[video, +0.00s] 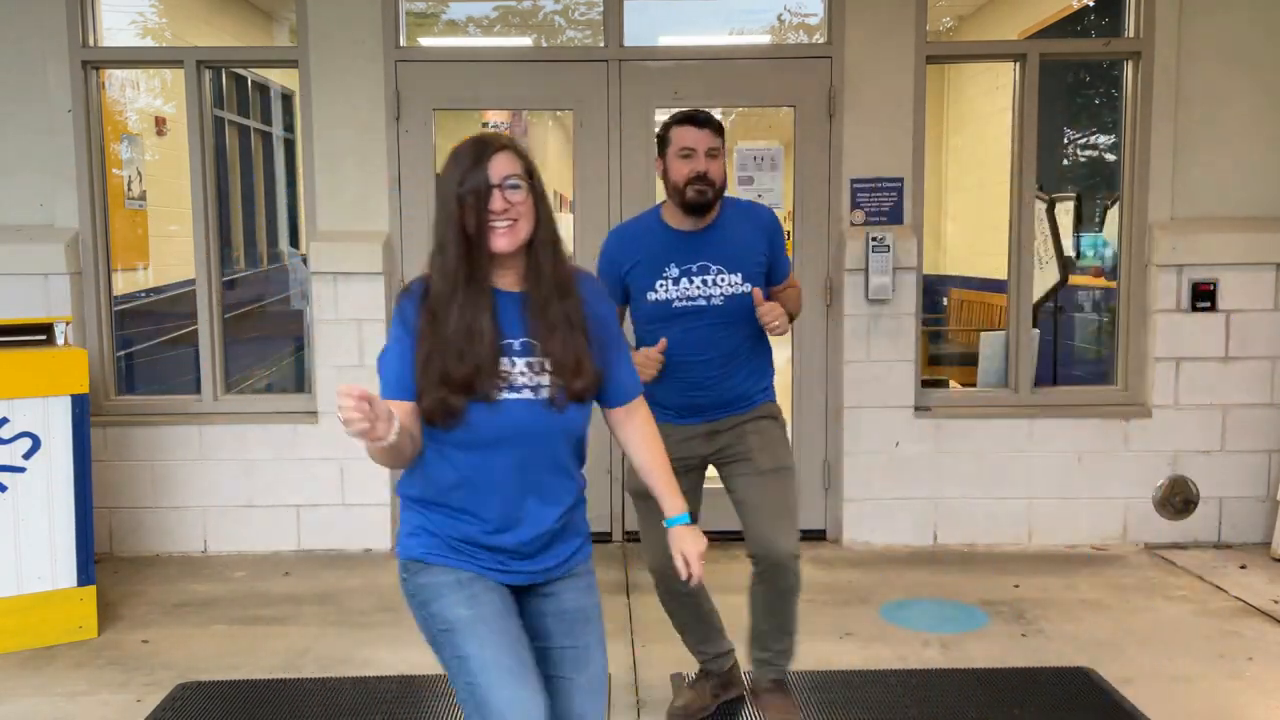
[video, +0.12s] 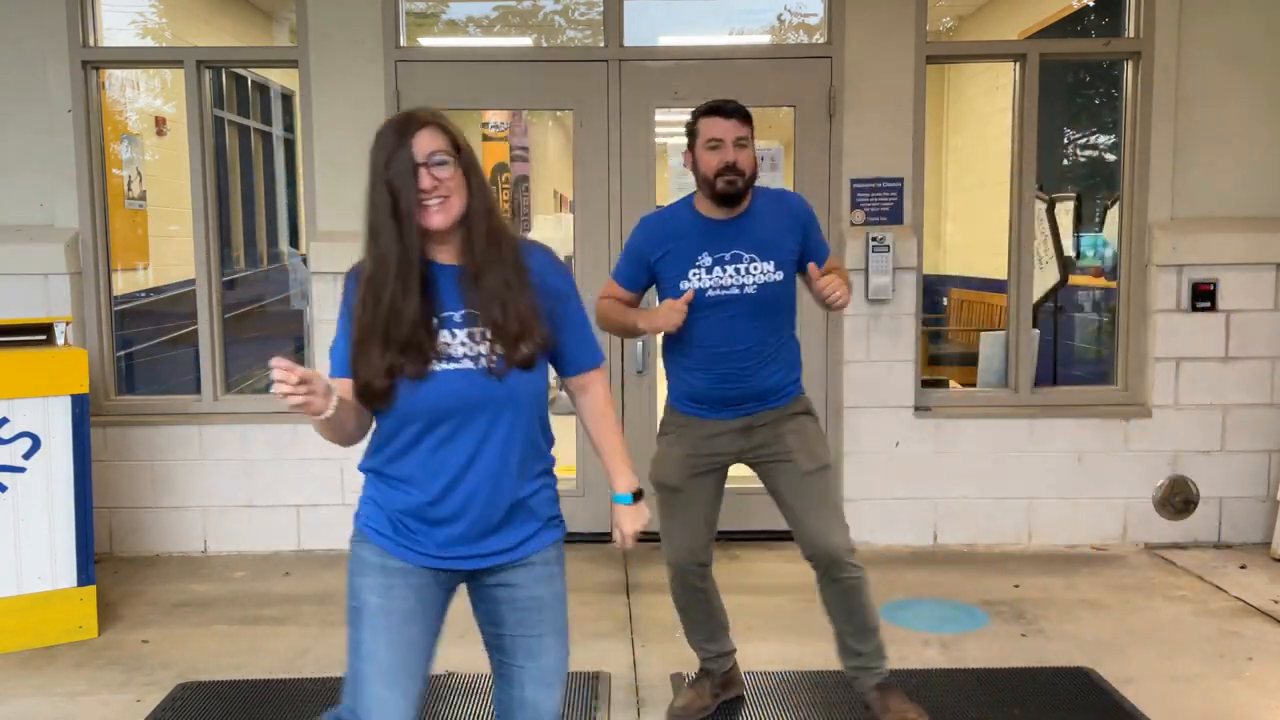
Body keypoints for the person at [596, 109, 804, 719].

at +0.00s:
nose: (702, 167)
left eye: (712, 155)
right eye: (686, 155)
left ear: (725, 164)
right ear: (662, 166)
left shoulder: (758, 225)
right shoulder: (625, 244)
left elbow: (789, 288)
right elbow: (595, 331)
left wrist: (781, 309)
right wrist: (625, 361)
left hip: (750, 420)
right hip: (663, 428)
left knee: (779, 551)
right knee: (666, 564)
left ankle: (771, 681)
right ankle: (719, 668)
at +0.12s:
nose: (730, 157)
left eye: (740, 145)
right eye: (715, 146)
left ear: (755, 153)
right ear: (690, 157)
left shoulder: (790, 213)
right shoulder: (659, 231)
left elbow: (829, 284)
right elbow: (608, 308)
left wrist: (834, 290)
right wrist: (649, 320)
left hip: (780, 416)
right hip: (692, 425)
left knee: (832, 550)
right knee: (684, 562)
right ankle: (718, 672)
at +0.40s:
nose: (831, 132)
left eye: (840, 119)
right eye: (814, 123)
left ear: (856, 126)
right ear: (791, 136)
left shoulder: (892, 198)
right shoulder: (758, 213)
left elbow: (919, 271)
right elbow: (710, 308)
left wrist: (929, 288)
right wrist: (753, 335)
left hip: (872, 408)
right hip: (784, 414)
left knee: (907, 552)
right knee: (751, 553)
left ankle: (922, 685)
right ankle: (720, 671)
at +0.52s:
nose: (871, 129)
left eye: (881, 116)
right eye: (854, 120)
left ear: (897, 124)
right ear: (831, 134)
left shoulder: (922, 201)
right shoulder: (793, 210)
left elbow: (911, 290)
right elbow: (762, 305)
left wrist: (942, 288)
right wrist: (812, 332)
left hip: (903, 406)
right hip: (817, 411)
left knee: (924, 556)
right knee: (785, 550)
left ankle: (924, 687)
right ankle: (726, 662)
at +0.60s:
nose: (893, 134)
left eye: (903, 121)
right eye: (877, 125)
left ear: (920, 131)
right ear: (853, 140)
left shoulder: (941, 208)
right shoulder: (814, 210)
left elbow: (938, 303)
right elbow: (761, 300)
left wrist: (973, 287)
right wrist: (827, 313)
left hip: (918, 412)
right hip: (832, 415)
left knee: (935, 561)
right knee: (818, 554)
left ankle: (923, 687)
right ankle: (753, 647)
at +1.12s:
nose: (901, 128)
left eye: (913, 113)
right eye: (885, 118)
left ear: (938, 119)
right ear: (870, 129)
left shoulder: (969, 193)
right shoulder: (832, 192)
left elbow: (969, 268)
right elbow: (784, 271)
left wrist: (983, 283)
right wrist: (825, 308)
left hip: (934, 403)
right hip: (846, 406)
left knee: (942, 550)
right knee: (848, 551)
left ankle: (926, 683)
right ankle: (869, 664)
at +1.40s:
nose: (781, 146)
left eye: (793, 132)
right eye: (777, 136)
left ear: (837, 130)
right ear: (780, 143)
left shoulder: (901, 193)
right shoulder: (779, 208)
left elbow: (971, 278)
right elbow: (750, 268)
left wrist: (891, 263)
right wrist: (735, 292)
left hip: (902, 408)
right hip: (818, 404)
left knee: (918, 560)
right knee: (761, 517)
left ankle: (924, 687)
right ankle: (758, 675)